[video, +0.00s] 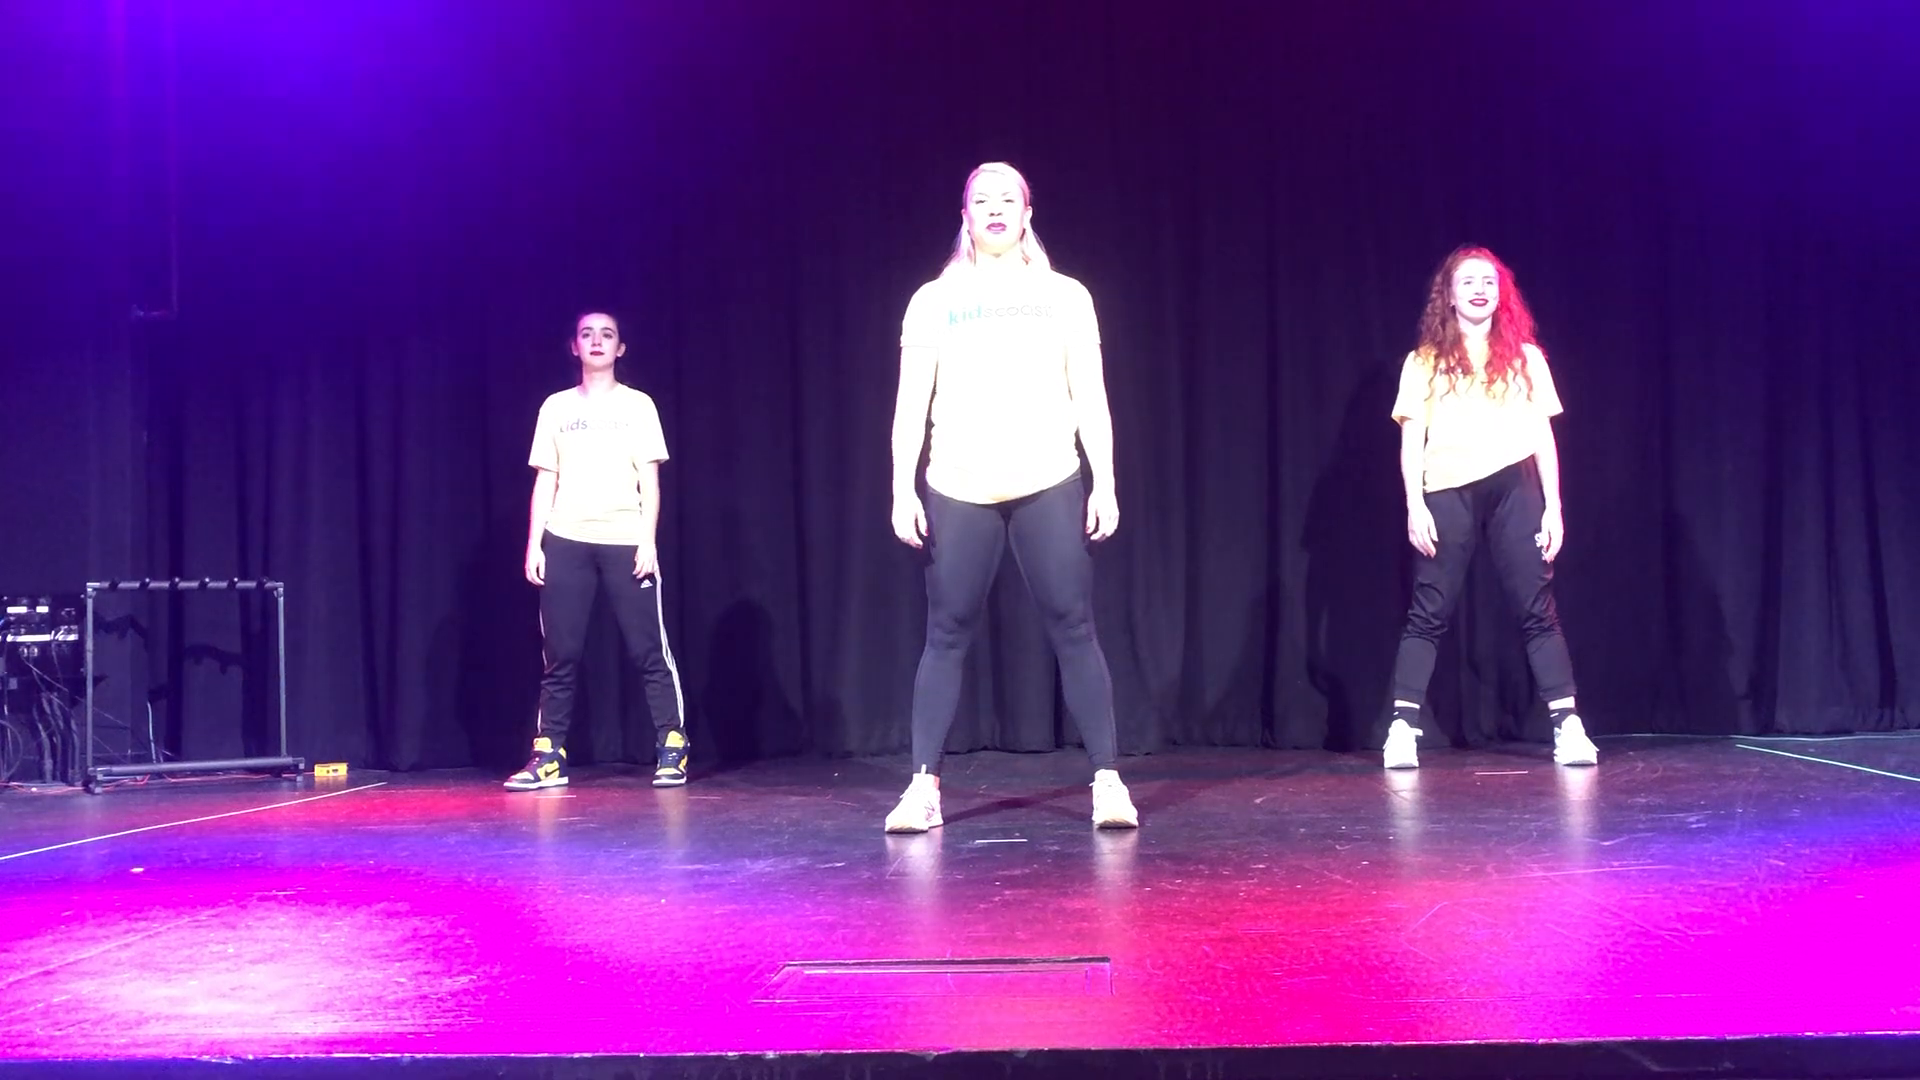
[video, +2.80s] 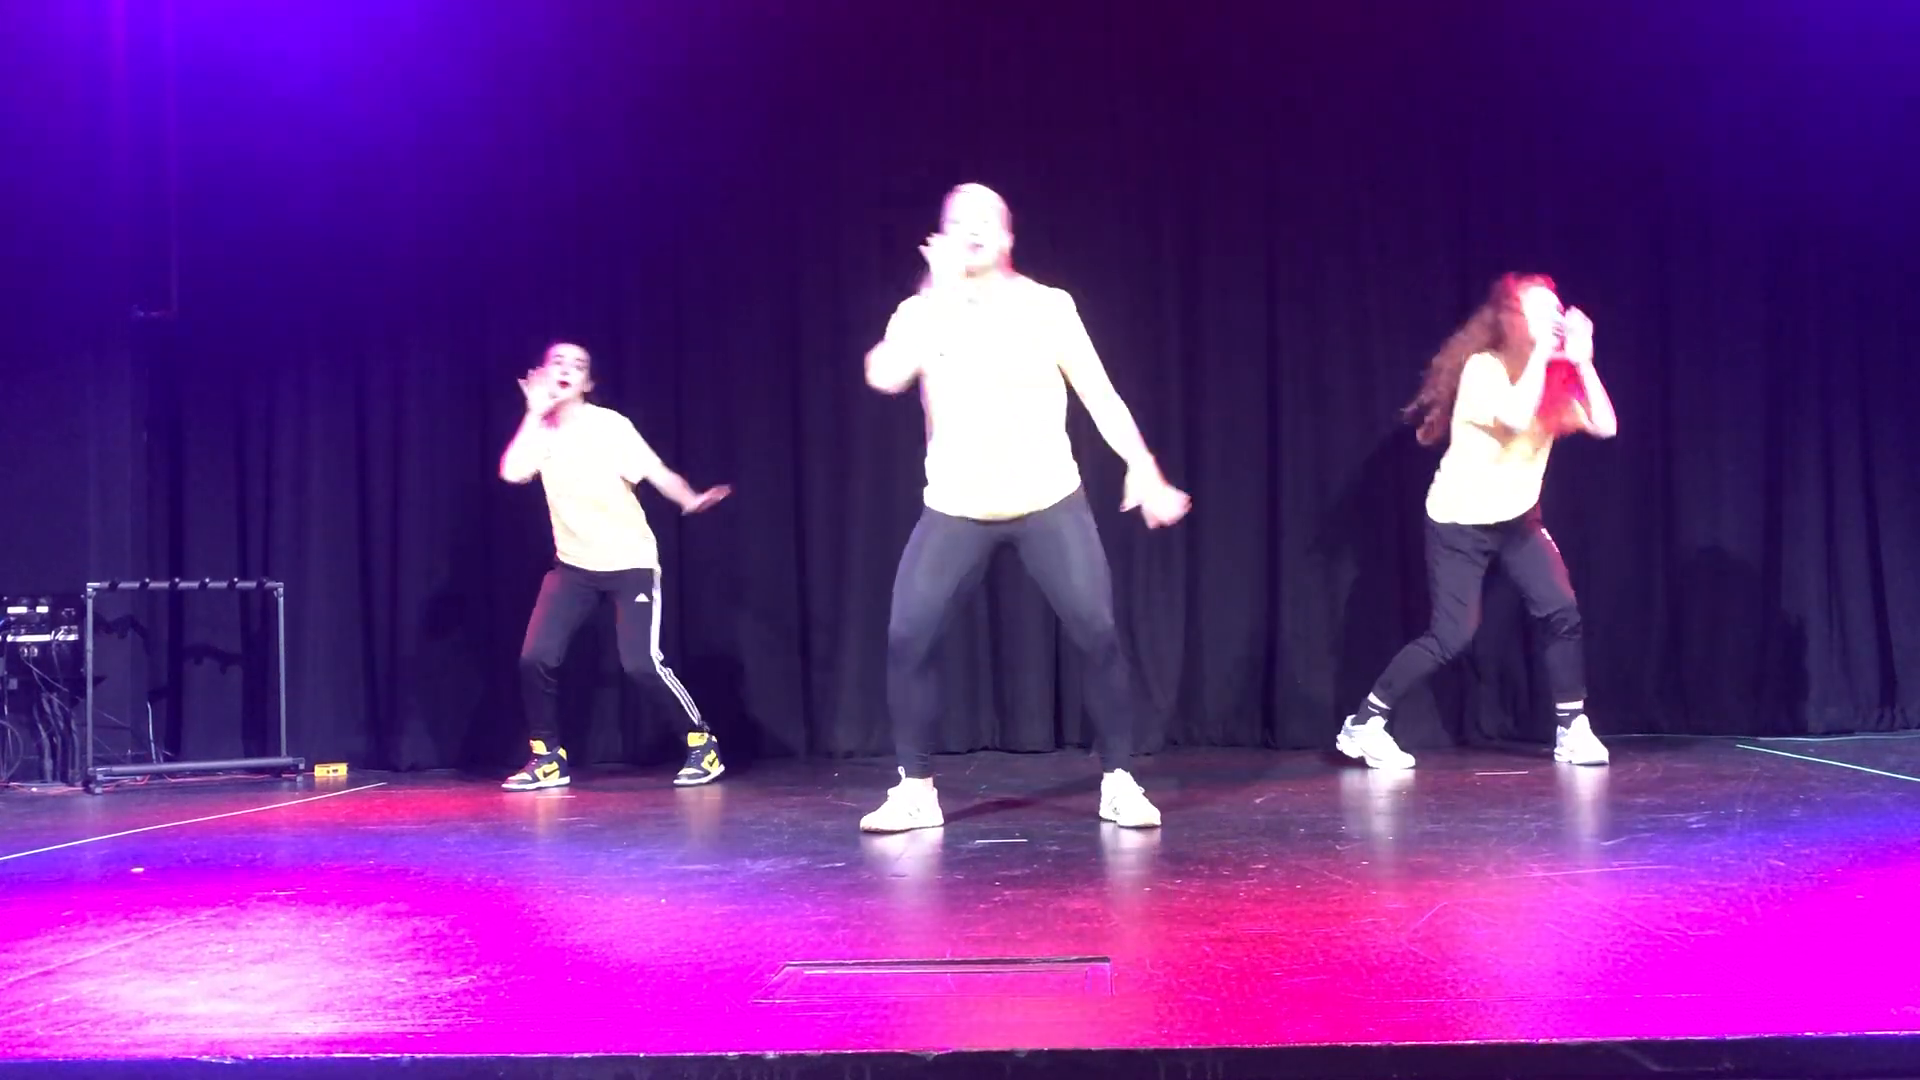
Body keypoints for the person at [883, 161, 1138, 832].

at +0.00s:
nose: (995, 211)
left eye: (1006, 201)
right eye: (983, 201)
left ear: (1027, 212)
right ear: (965, 213)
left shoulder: (1068, 296)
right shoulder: (932, 301)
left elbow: (1090, 393)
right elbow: (912, 403)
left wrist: (1103, 480)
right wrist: (903, 488)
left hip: (1048, 482)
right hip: (960, 486)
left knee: (1073, 623)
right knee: (947, 628)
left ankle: (1106, 777)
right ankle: (923, 783)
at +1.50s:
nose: (971, 200)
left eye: (986, 188)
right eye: (965, 192)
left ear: (1024, 200)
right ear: (959, 210)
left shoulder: (1071, 287)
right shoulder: (939, 292)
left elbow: (1093, 391)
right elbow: (882, 382)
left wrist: (1108, 482)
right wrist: (820, 457)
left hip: (1049, 477)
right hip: (961, 482)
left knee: (1074, 623)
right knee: (947, 627)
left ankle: (1106, 779)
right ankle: (924, 784)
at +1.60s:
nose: (950, 197)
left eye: (966, 186)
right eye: (949, 188)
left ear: (1009, 197)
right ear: (948, 204)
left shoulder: (1062, 276)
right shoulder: (933, 288)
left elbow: (1088, 382)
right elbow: (849, 350)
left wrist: (1105, 475)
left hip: (1044, 475)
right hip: (957, 482)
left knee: (1073, 621)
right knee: (948, 626)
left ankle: (1110, 779)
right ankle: (924, 783)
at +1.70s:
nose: (929, 195)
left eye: (946, 183)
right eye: (930, 186)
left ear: (987, 198)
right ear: (934, 206)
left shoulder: (1041, 274)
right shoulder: (918, 286)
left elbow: (1072, 378)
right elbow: (833, 331)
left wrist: (1093, 471)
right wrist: (812, 246)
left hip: (1032, 472)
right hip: (949, 482)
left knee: (1071, 618)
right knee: (940, 626)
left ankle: (1120, 771)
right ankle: (921, 783)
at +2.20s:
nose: (848, 259)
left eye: (861, 247)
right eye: (850, 248)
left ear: (903, 255)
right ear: (876, 260)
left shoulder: (956, 317)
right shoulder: (881, 340)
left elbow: (1002, 409)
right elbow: (813, 394)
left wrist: (1027, 503)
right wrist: (833, 315)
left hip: (1017, 490)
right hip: (952, 506)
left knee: (1049, 634)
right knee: (911, 629)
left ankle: (1144, 768)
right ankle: (917, 788)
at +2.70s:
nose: (911, 219)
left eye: (927, 208)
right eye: (908, 211)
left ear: (969, 218)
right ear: (905, 226)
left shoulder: (1025, 284)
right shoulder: (905, 300)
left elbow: (1088, 369)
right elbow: (845, 368)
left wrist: (1114, 451)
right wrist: (894, 287)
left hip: (1035, 480)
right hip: (950, 489)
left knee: (1084, 619)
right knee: (921, 626)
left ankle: (1127, 774)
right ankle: (917, 787)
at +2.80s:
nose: (975, 236)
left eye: (987, 226)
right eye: (962, 227)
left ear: (1008, 236)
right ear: (942, 238)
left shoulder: (1049, 308)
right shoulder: (924, 310)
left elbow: (1100, 396)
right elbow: (884, 376)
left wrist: (1144, 472)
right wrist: (940, 290)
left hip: (1048, 500)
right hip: (956, 504)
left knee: (1096, 630)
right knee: (907, 633)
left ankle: (1119, 780)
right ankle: (915, 788)